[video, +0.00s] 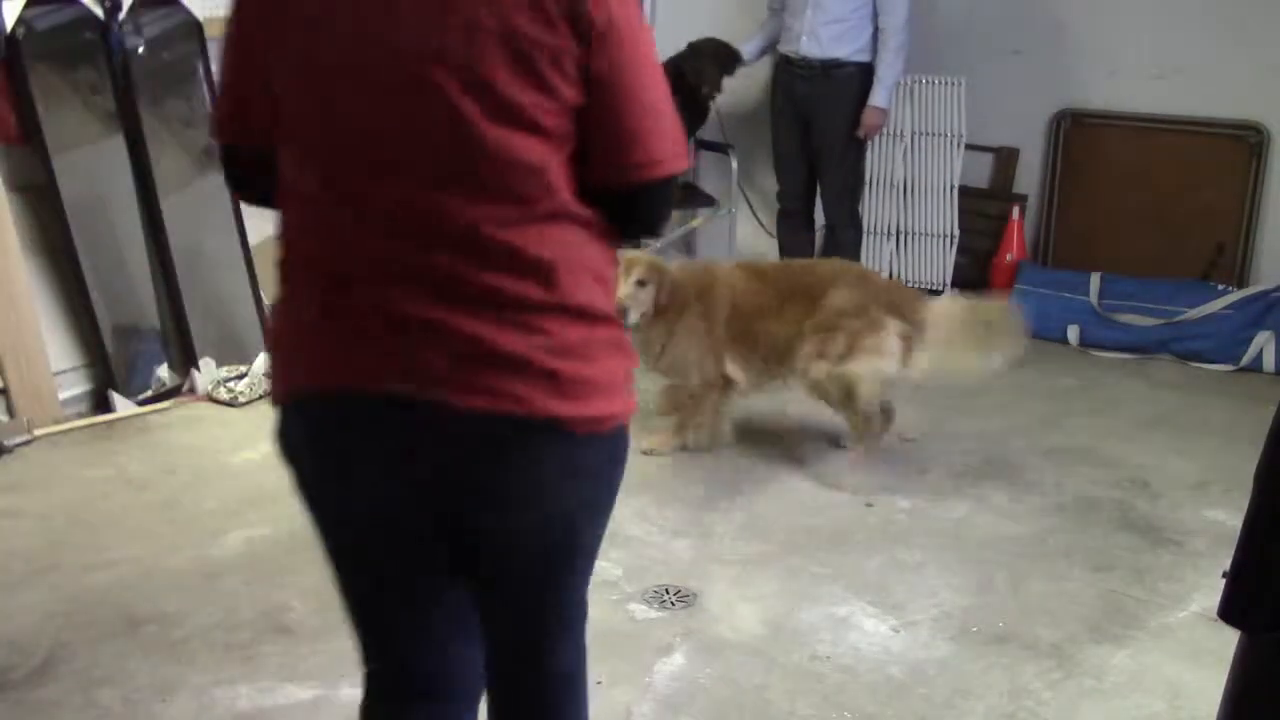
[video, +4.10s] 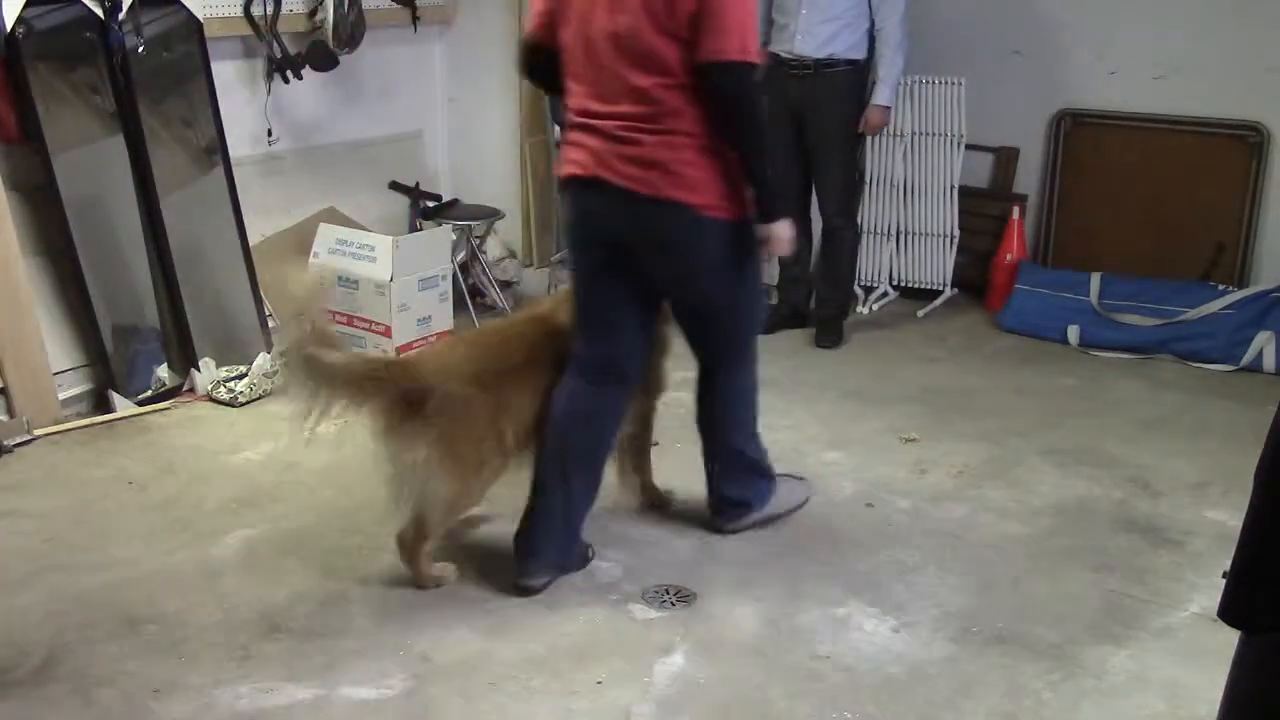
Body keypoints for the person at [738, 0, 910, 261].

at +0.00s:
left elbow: (893, 28)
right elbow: (778, 17)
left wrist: (879, 101)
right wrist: (738, 55)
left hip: (845, 80)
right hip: (789, 77)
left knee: (839, 205)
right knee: (792, 201)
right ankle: (793, 296)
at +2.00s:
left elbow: (888, 29)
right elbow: (778, 14)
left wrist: (856, 98)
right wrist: (744, 49)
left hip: (840, 83)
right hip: (786, 77)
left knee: (840, 209)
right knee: (791, 203)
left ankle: (831, 315)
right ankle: (792, 306)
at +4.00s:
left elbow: (891, 23)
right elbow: (755, 17)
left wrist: (883, 98)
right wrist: (732, 81)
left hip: (839, 80)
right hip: (782, 78)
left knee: (837, 210)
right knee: (788, 205)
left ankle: (831, 314)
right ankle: (792, 305)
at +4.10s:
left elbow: (891, 24)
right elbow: (760, 19)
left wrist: (882, 99)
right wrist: (754, 64)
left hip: (840, 79)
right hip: (780, 76)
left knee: (838, 209)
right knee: (787, 204)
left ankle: (831, 313)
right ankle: (792, 305)